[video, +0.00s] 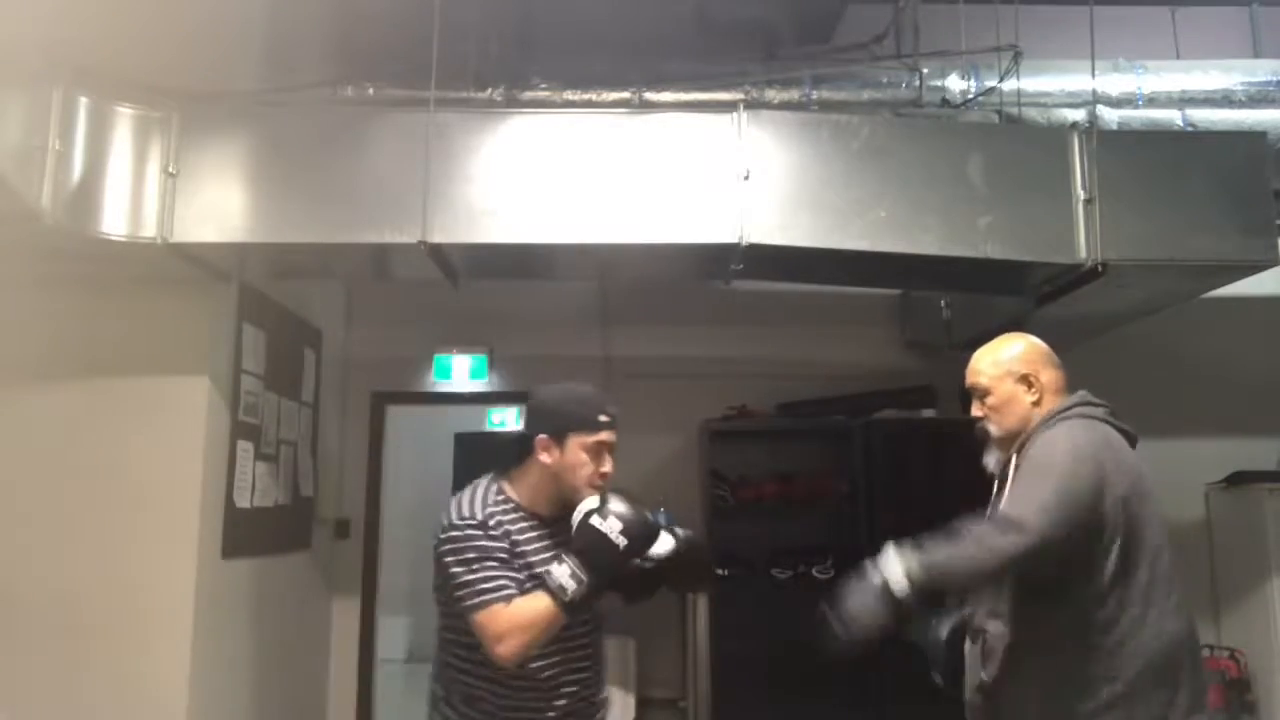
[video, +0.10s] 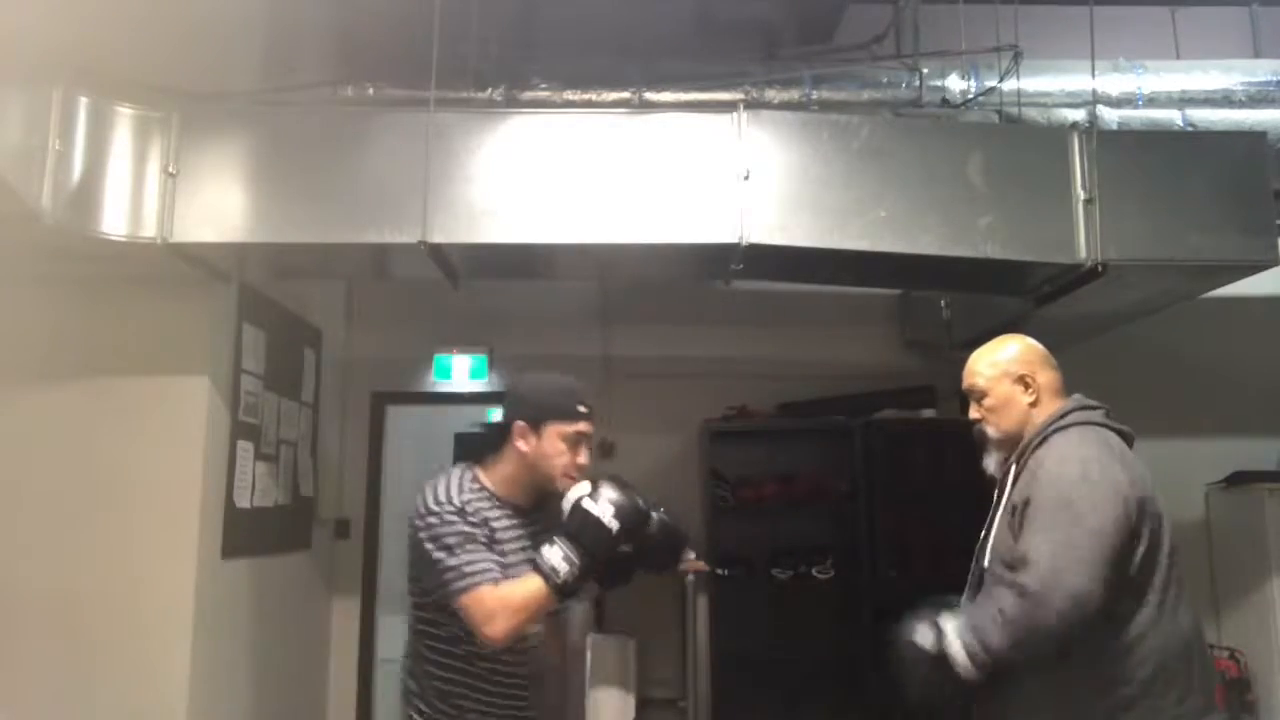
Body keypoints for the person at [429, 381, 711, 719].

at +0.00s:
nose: (608, 468)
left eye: (610, 453)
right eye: (594, 452)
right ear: (546, 449)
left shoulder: (578, 510)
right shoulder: (471, 521)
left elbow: (627, 585)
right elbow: (505, 643)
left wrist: (664, 564)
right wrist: (584, 565)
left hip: (582, 707)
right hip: (491, 710)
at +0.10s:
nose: (584, 460)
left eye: (588, 445)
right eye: (573, 442)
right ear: (523, 436)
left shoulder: (550, 507)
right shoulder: (447, 505)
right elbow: (494, 623)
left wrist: (640, 552)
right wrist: (574, 552)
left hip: (533, 707)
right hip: (450, 709)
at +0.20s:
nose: (561, 447)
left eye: (564, 432)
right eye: (551, 427)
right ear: (503, 419)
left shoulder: (526, 491)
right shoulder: (421, 490)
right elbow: (482, 598)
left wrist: (609, 548)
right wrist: (560, 529)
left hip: (511, 706)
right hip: (429, 709)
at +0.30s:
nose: (550, 437)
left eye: (553, 422)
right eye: (542, 417)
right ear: (495, 406)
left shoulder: (514, 479)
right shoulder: (409, 481)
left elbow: (540, 566)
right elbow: (471, 585)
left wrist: (583, 552)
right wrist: (549, 518)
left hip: (505, 703)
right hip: (421, 709)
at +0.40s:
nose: (548, 432)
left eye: (552, 417)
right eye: (540, 412)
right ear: (494, 401)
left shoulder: (509, 476)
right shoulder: (409, 478)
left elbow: (528, 562)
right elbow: (455, 593)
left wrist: (583, 545)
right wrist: (537, 534)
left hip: (502, 703)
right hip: (416, 709)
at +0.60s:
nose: (546, 441)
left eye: (550, 426)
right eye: (538, 421)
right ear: (491, 410)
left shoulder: (501, 482)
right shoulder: (415, 484)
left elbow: (510, 576)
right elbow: (451, 606)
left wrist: (573, 575)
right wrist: (542, 552)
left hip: (499, 705)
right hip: (417, 710)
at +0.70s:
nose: (561, 455)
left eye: (564, 440)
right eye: (553, 435)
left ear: (507, 428)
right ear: (506, 425)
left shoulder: (509, 497)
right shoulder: (424, 491)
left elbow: (507, 602)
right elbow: (461, 603)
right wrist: (552, 544)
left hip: (499, 706)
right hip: (418, 709)